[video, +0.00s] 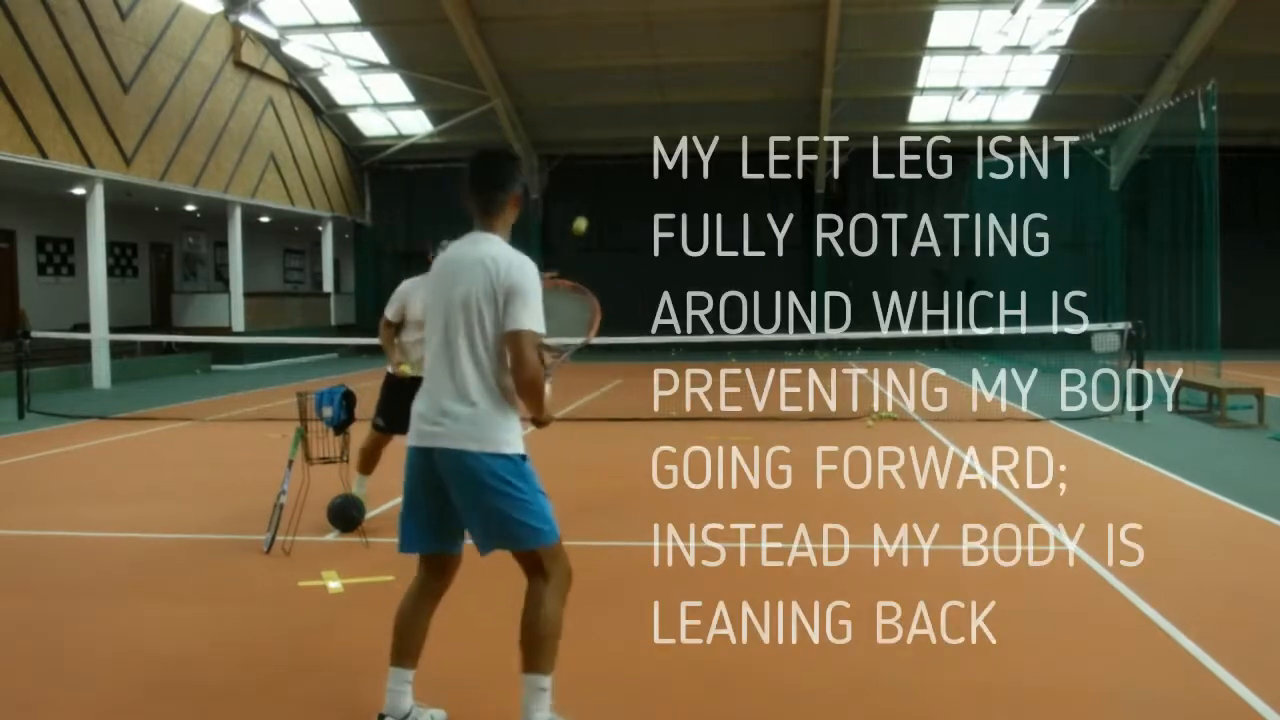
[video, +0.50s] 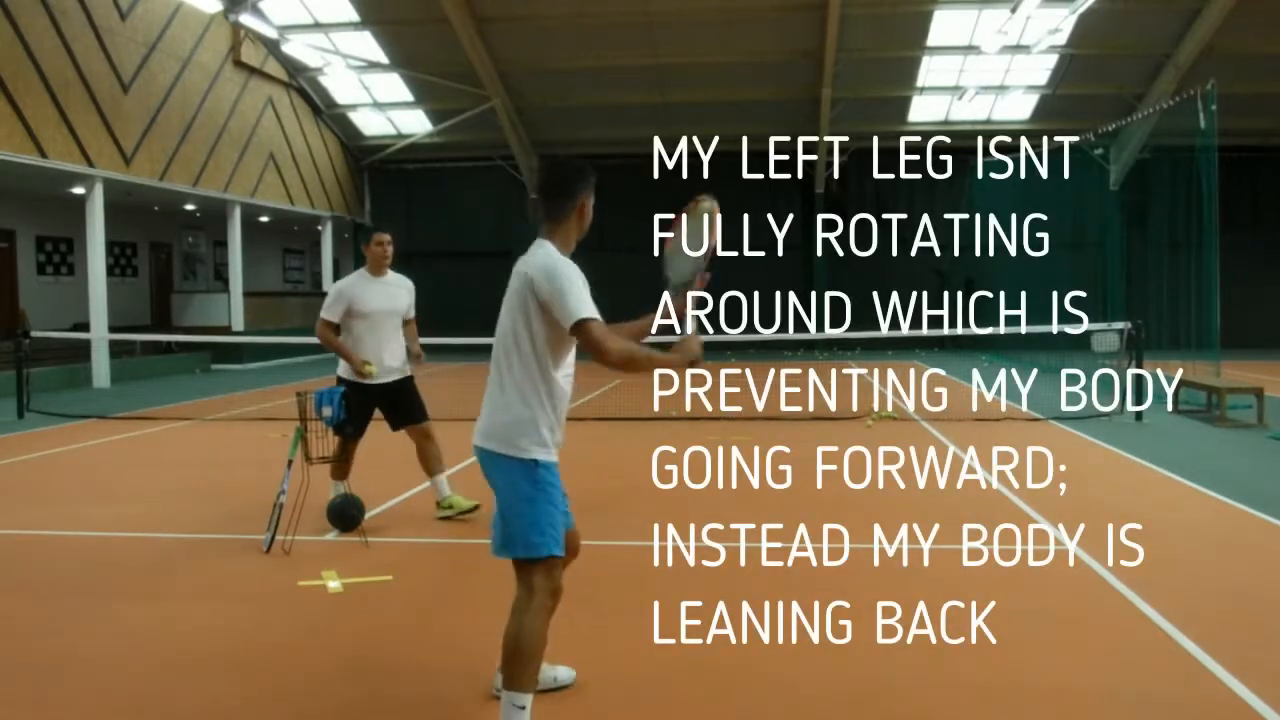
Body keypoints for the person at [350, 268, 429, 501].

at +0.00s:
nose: (448, 262)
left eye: (453, 257)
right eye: (443, 255)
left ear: (460, 261)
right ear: (432, 258)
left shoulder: (462, 293)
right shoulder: (411, 288)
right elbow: (387, 325)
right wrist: (394, 359)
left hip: (444, 378)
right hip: (406, 376)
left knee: (445, 442)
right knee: (379, 436)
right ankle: (359, 491)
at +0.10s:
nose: (442, 255)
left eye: (445, 249)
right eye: (435, 249)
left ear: (449, 255)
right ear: (421, 255)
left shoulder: (455, 289)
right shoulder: (399, 291)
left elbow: (468, 328)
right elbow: (378, 330)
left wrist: (460, 365)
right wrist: (390, 362)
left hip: (441, 377)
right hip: (401, 376)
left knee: (456, 435)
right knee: (379, 436)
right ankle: (349, 484)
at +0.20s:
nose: (427, 255)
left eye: (429, 250)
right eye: (420, 250)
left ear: (433, 257)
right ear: (404, 257)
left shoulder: (449, 294)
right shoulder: (385, 295)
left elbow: (474, 329)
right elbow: (364, 336)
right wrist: (383, 365)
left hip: (435, 382)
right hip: (392, 384)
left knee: (457, 441)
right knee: (374, 443)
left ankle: (466, 502)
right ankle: (343, 485)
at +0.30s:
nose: (410, 254)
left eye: (413, 249)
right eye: (404, 249)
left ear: (417, 255)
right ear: (388, 255)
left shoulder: (430, 291)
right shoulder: (369, 294)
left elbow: (448, 330)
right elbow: (349, 338)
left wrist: (449, 341)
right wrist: (372, 364)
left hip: (422, 381)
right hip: (380, 384)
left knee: (443, 435)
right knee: (363, 444)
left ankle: (459, 500)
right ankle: (341, 492)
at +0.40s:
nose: (396, 252)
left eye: (399, 247)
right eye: (389, 247)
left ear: (403, 252)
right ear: (374, 253)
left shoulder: (416, 289)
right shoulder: (354, 290)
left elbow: (423, 326)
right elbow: (335, 334)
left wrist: (424, 349)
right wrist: (360, 360)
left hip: (408, 380)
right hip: (366, 382)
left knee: (433, 435)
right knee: (353, 442)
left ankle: (457, 500)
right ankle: (339, 497)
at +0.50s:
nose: (386, 250)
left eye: (389, 244)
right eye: (379, 245)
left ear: (393, 249)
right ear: (366, 250)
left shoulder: (405, 286)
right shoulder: (345, 288)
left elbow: (409, 322)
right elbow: (323, 331)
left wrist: (414, 344)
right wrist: (353, 360)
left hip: (398, 379)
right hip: (358, 382)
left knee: (424, 433)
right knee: (347, 442)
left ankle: (445, 497)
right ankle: (338, 498)